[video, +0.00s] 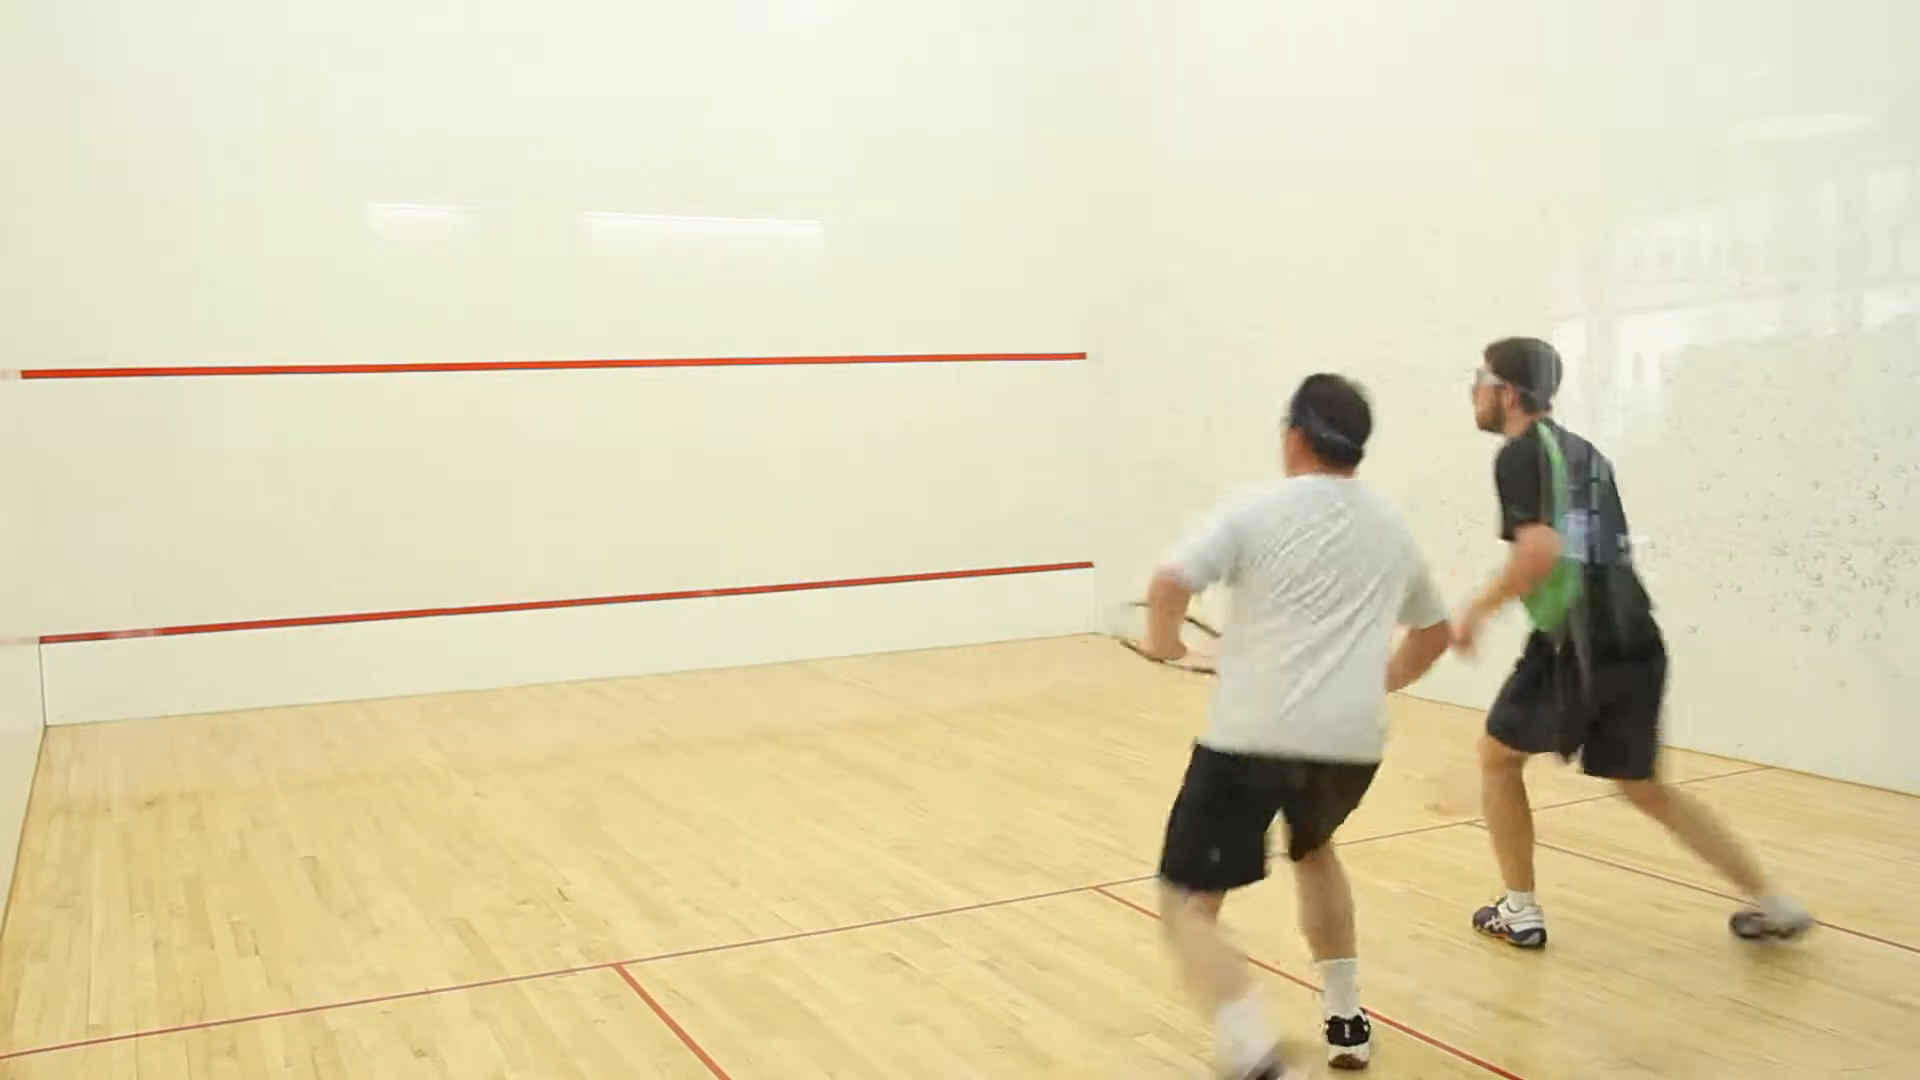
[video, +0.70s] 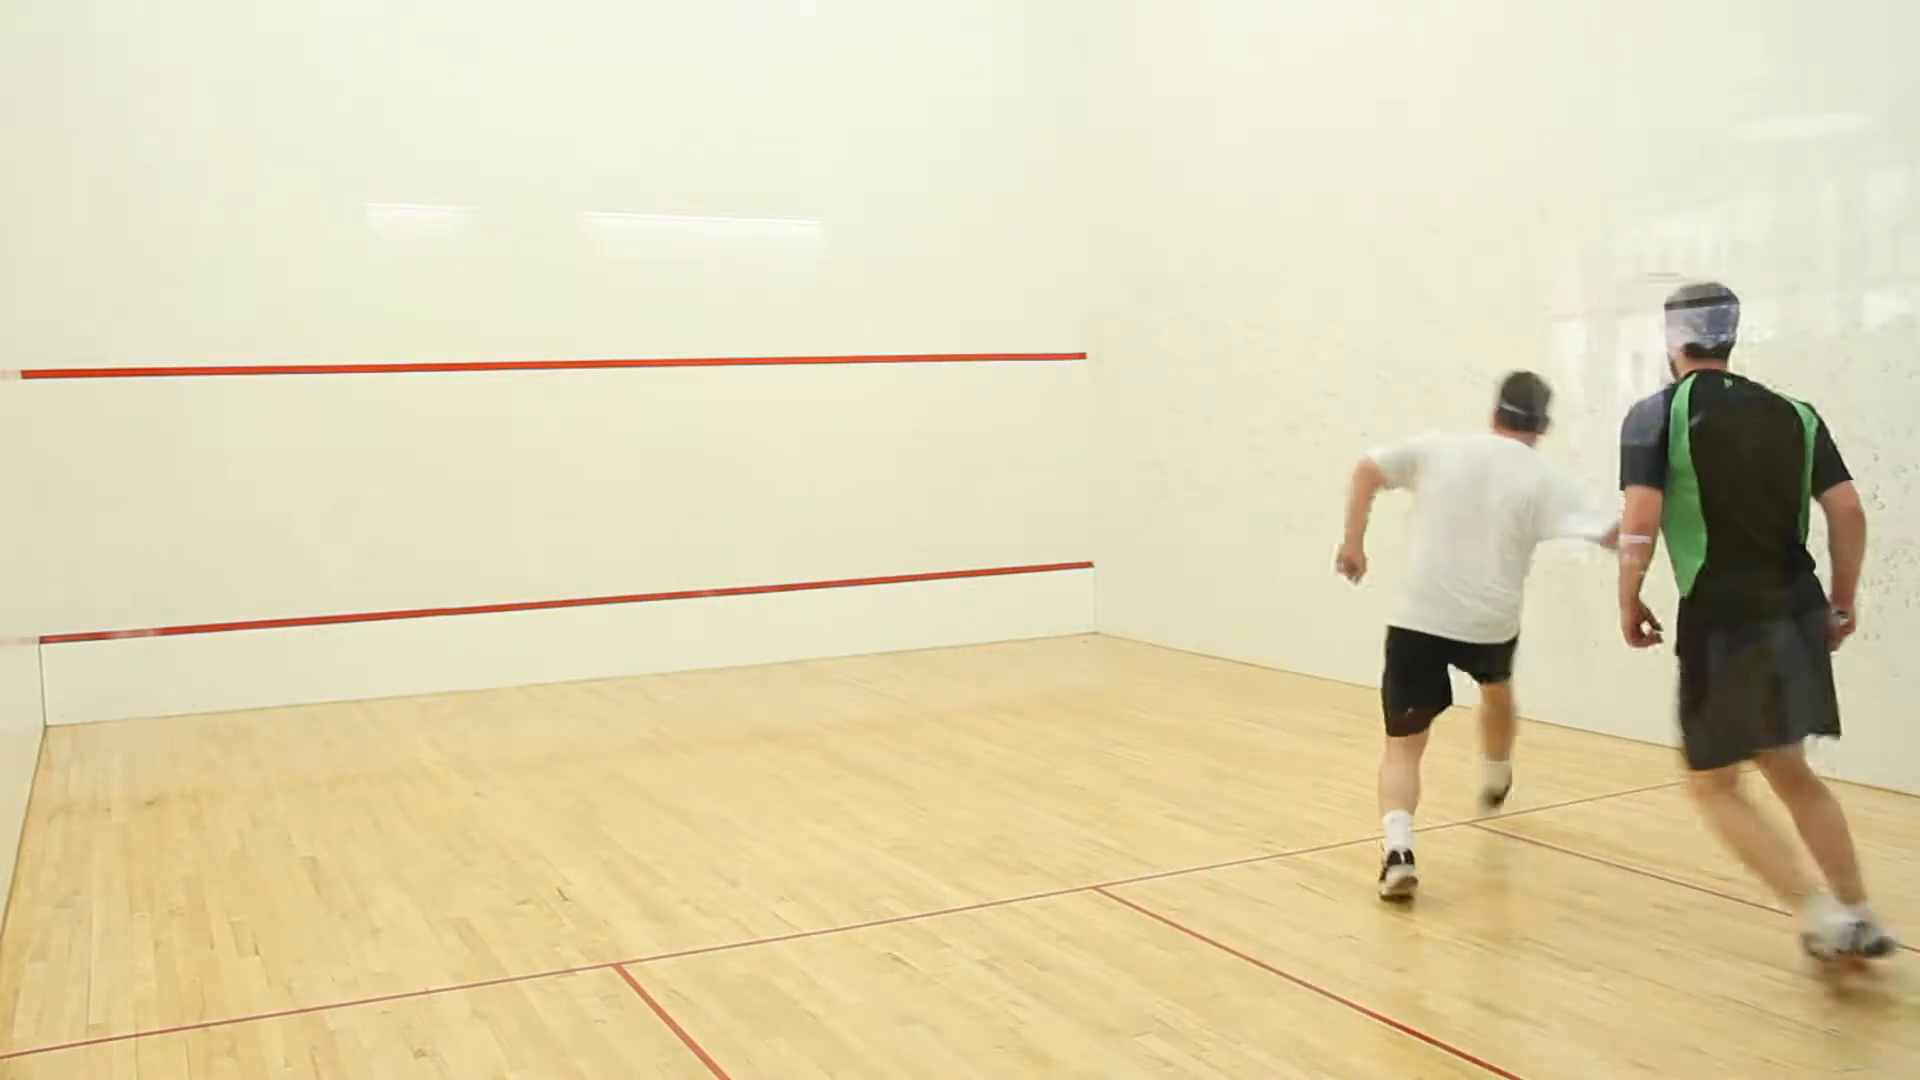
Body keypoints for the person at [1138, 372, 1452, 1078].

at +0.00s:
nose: (1283, 439)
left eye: (1286, 428)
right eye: (1288, 428)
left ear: (1297, 437)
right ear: (1359, 447)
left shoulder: (1259, 508)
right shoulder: (1388, 527)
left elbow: (1170, 581)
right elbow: (1434, 632)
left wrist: (1163, 642)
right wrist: (1380, 680)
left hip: (1250, 741)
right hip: (1349, 744)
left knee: (1188, 904)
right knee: (1313, 847)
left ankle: (1252, 1048)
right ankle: (1346, 1016)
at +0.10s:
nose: (1312, 429)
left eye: (1315, 419)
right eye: (1320, 420)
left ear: (1324, 426)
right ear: (1386, 438)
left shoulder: (1274, 493)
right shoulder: (1413, 519)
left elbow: (1189, 578)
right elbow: (1463, 631)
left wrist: (1199, 650)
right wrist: (1427, 693)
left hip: (1282, 717)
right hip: (1379, 722)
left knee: (1258, 866)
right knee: (1340, 829)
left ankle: (1333, 1011)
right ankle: (1353, 976)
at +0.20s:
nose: (1335, 429)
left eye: (1338, 420)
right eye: (1349, 421)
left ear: (1342, 425)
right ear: (1405, 436)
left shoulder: (1297, 494)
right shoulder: (1435, 507)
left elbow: (1239, 583)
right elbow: (1489, 615)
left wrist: (1290, 602)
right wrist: (1468, 684)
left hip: (1315, 712)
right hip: (1409, 712)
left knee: (1309, 875)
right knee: (1381, 793)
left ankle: (1353, 1026)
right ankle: (1392, 940)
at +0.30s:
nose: (1365, 418)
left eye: (1366, 408)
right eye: (1381, 410)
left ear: (1370, 412)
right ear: (1429, 419)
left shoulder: (1325, 479)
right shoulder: (1462, 489)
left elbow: (1269, 560)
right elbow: (1517, 590)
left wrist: (1312, 591)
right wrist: (1505, 661)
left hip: (1335, 681)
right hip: (1424, 684)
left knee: (1334, 821)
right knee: (1411, 812)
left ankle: (1330, 938)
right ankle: (1396, 960)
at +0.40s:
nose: (1393, 405)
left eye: (1393, 396)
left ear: (1395, 399)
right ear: (1455, 403)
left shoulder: (1363, 457)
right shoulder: (1486, 469)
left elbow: (1281, 511)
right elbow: (1544, 551)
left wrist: (1293, 587)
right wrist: (1555, 626)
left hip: (1360, 647)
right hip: (1443, 654)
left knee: (1355, 773)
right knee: (1422, 806)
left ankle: (1339, 882)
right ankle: (1395, 945)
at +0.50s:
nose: (1434, 397)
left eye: (1428, 386)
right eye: (1462, 393)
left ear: (1422, 389)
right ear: (1476, 396)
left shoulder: (1384, 444)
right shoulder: (1499, 455)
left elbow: (1306, 503)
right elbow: (1575, 515)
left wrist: (1324, 580)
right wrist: (1604, 557)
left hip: (1386, 629)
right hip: (1469, 635)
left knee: (1374, 738)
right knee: (1439, 759)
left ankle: (1391, 861)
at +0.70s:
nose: (1528, 431)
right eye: (1537, 424)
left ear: (1494, 414)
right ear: (1542, 426)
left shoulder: (1443, 449)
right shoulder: (1542, 476)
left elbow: (1365, 473)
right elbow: (1612, 531)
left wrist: (1351, 543)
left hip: (1416, 619)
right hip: (1489, 628)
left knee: (1403, 744)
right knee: (1496, 688)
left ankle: (1398, 854)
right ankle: (1495, 781)